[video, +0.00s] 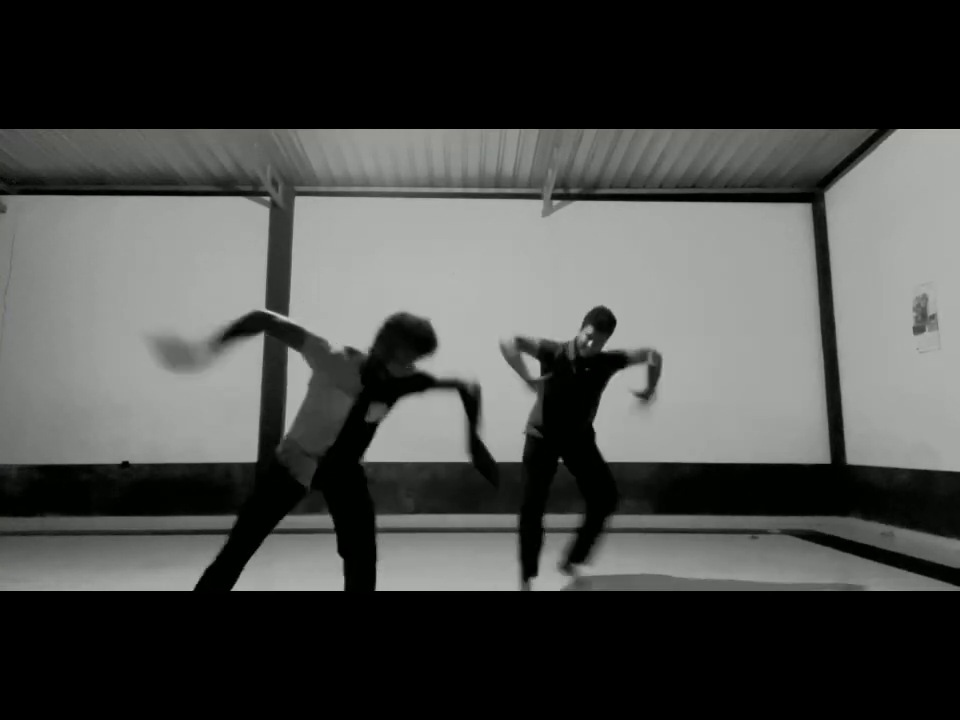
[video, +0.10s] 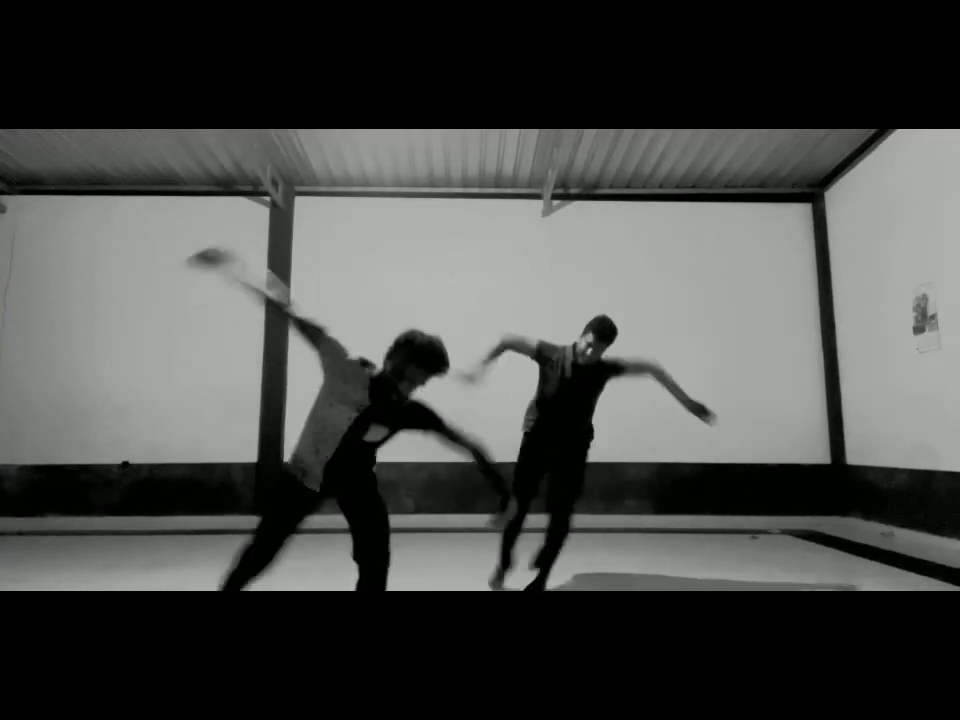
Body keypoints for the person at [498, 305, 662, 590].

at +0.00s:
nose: (591, 345)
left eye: (599, 341)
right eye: (589, 337)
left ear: (605, 341)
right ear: (581, 329)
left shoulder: (608, 362)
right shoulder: (553, 351)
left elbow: (653, 356)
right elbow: (508, 342)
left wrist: (650, 389)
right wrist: (527, 378)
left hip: (579, 441)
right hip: (543, 438)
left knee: (604, 497)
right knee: (533, 504)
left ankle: (572, 562)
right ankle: (528, 576)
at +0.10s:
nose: (591, 352)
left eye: (597, 349)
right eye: (589, 344)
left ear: (605, 350)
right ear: (581, 336)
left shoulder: (606, 369)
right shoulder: (550, 355)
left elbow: (652, 369)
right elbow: (506, 342)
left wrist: (688, 403)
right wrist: (480, 368)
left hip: (572, 450)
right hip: (537, 443)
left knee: (561, 518)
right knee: (519, 508)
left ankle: (540, 579)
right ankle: (502, 566)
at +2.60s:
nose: (623, 323)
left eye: (627, 319)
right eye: (617, 319)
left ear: (635, 324)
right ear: (610, 325)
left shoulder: (647, 354)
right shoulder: (602, 351)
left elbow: (662, 354)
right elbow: (587, 350)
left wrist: (641, 323)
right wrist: (602, 319)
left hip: (632, 432)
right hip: (596, 428)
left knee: (655, 488)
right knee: (575, 483)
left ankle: (659, 565)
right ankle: (587, 549)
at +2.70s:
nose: (631, 339)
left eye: (636, 334)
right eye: (625, 334)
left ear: (644, 336)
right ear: (619, 336)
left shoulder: (654, 372)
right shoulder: (605, 362)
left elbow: (646, 395)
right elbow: (597, 395)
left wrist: (636, 367)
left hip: (634, 441)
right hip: (598, 433)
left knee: (667, 495)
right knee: (556, 472)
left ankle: (660, 567)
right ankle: (558, 548)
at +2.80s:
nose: (630, 357)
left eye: (634, 351)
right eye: (625, 351)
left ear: (641, 349)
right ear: (617, 349)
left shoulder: (651, 385)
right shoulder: (599, 377)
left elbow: (651, 420)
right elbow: (589, 417)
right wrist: (605, 429)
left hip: (631, 452)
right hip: (594, 448)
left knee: (673, 499)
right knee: (547, 476)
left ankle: (662, 567)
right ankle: (527, 550)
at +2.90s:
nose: (613, 368)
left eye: (617, 361)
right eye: (608, 362)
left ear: (623, 359)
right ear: (602, 360)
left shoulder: (641, 391)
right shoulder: (589, 388)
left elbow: (659, 429)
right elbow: (573, 424)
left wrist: (674, 463)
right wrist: (554, 458)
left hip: (629, 462)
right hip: (590, 461)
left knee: (675, 504)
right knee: (541, 493)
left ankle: (663, 571)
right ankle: (520, 565)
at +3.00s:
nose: (587, 367)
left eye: (588, 361)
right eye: (582, 362)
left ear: (592, 361)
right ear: (579, 363)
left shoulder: (619, 392)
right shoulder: (565, 397)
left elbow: (664, 418)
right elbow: (533, 425)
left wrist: (707, 431)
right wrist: (494, 438)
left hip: (618, 466)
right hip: (575, 467)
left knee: (669, 504)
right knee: (528, 496)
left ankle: (664, 570)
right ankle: (522, 569)